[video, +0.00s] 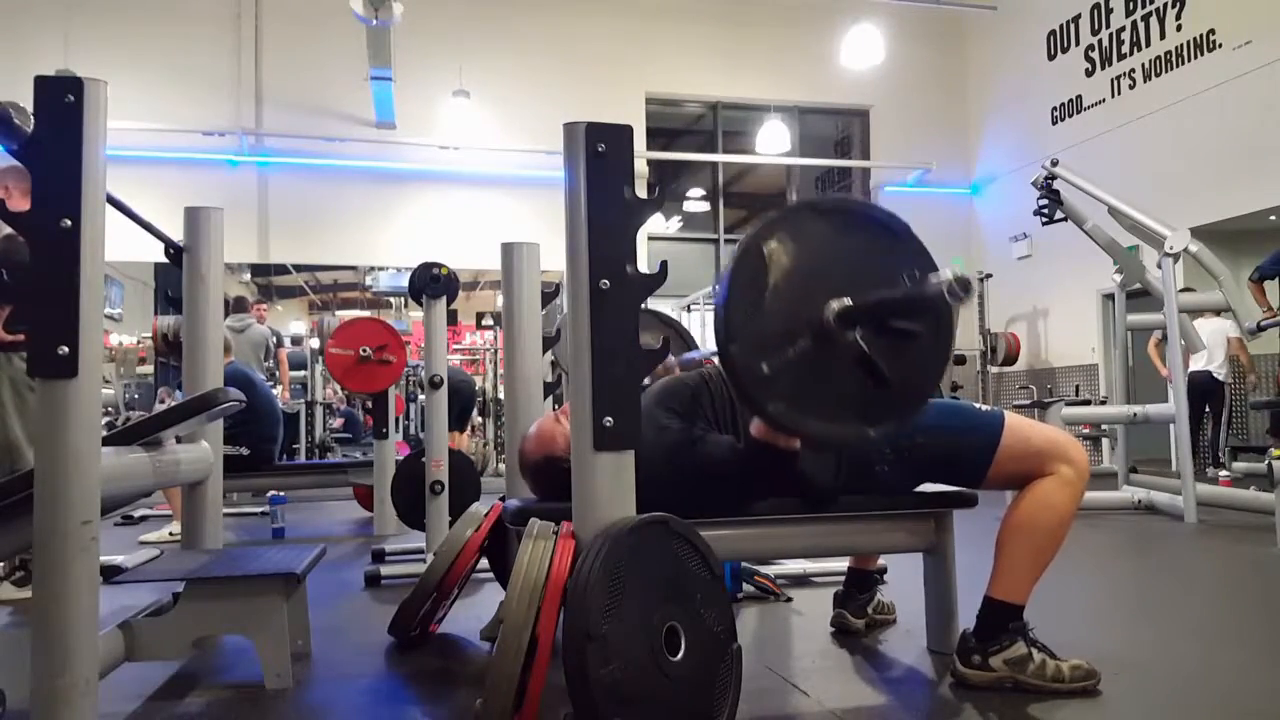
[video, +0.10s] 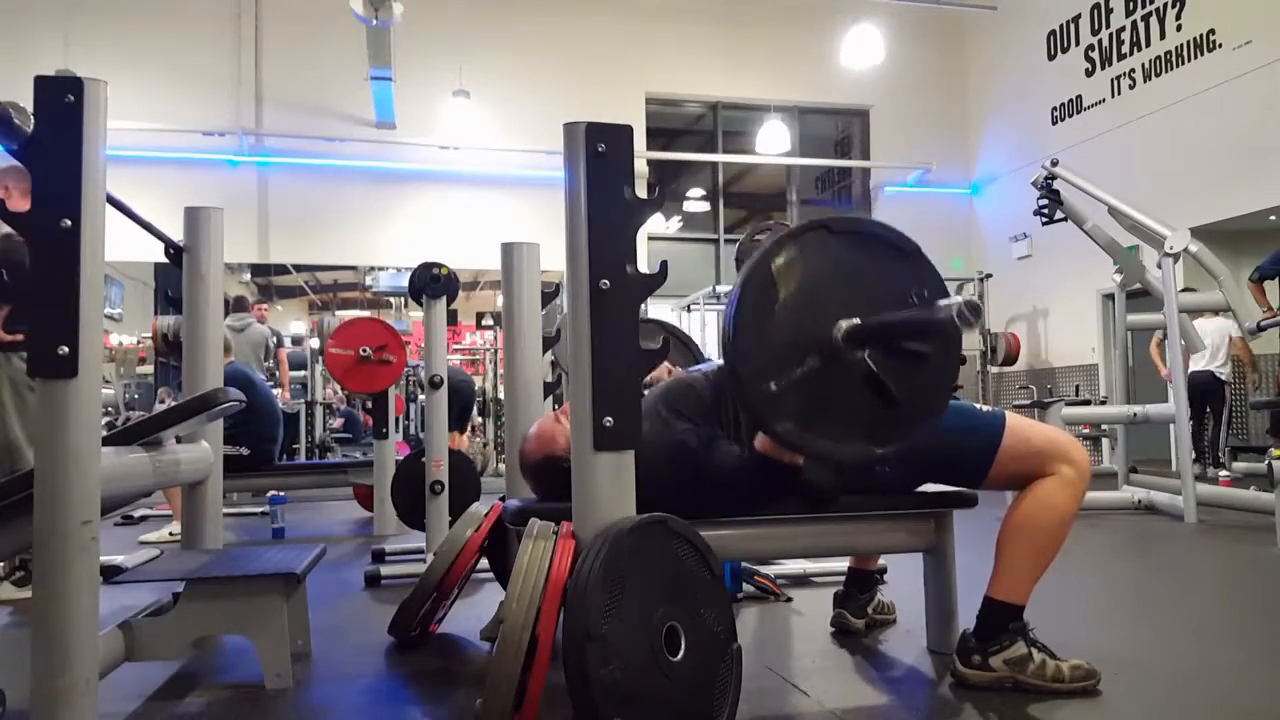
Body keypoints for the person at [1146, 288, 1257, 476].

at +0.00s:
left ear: (1201, 311)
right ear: (1220, 310)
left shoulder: (1191, 326)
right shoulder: (1228, 324)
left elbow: (1184, 354)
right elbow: (1238, 349)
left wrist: (1183, 373)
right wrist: (1250, 372)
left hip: (1193, 377)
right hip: (1217, 378)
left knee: (1192, 423)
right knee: (1219, 422)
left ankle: (1189, 464)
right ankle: (1216, 465)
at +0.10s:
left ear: (1200, 310)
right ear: (1219, 310)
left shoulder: (1191, 326)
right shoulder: (1228, 324)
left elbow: (1184, 353)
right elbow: (1242, 351)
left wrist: (1184, 373)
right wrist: (1251, 371)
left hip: (1194, 377)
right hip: (1218, 378)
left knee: (1196, 420)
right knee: (1220, 421)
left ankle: (1198, 461)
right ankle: (1217, 464)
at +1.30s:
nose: (1199, 310)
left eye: (1200, 305)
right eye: (1198, 306)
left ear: (1207, 305)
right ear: (1218, 303)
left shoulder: (1215, 325)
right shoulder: (1233, 324)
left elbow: (1212, 354)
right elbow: (1240, 352)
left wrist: (1204, 377)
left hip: (1222, 376)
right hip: (1238, 374)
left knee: (1213, 421)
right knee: (1235, 422)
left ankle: (1212, 462)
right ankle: (1237, 464)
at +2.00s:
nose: (1186, 313)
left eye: (1186, 309)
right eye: (1185, 309)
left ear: (1193, 307)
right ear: (1201, 305)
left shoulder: (1203, 323)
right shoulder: (1214, 321)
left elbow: (1200, 351)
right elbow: (1213, 353)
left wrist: (1189, 374)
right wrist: (1198, 376)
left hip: (1212, 375)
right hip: (1223, 373)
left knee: (1216, 420)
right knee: (1217, 420)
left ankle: (1226, 462)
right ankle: (1221, 460)